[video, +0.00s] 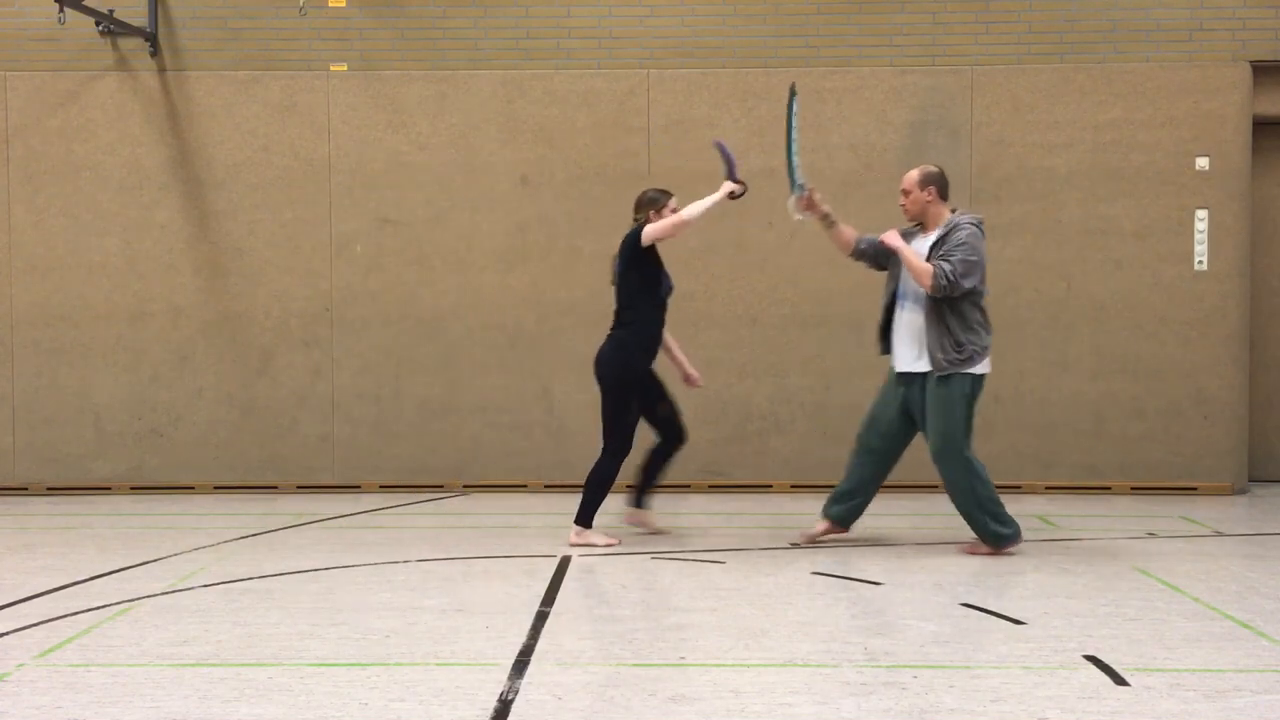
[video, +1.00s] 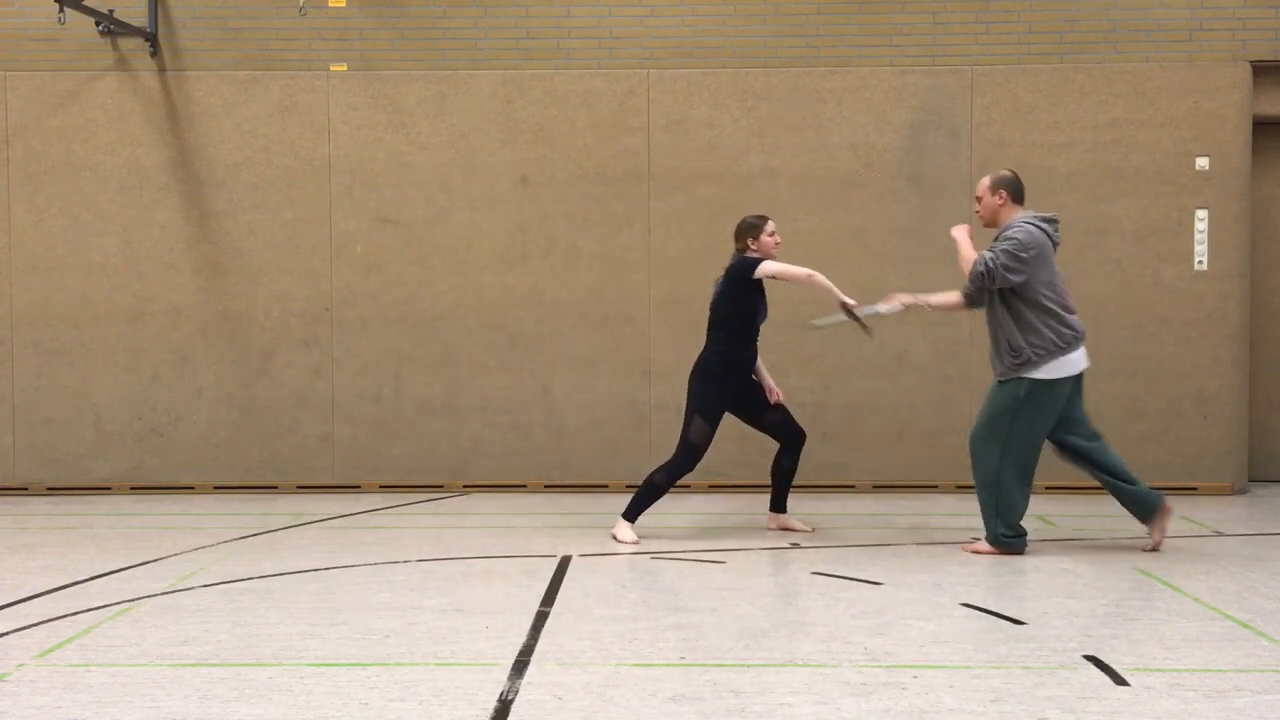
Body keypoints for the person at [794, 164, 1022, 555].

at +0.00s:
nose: (901, 201)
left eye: (906, 194)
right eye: (900, 194)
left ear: (931, 194)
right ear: (921, 196)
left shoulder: (965, 236)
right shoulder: (910, 239)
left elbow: (939, 283)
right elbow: (861, 249)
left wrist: (901, 249)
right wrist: (824, 215)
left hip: (952, 370)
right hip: (909, 370)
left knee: (950, 453)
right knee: (874, 443)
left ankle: (1001, 535)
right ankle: (838, 519)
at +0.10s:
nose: (924, 196)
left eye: (929, 188)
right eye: (924, 189)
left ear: (954, 189)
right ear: (950, 190)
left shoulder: (982, 232)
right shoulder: (939, 235)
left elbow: (940, 274)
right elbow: (893, 244)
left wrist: (914, 239)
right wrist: (855, 206)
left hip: (977, 366)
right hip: (938, 364)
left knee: (972, 453)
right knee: (910, 435)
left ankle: (1004, 539)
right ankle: (888, 520)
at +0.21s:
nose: (946, 192)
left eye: (950, 183)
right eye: (946, 184)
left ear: (974, 183)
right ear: (973, 184)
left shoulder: (996, 228)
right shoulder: (976, 227)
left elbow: (950, 272)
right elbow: (931, 255)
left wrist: (929, 233)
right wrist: (884, 228)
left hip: (998, 359)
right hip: (968, 358)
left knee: (987, 448)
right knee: (941, 436)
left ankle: (1004, 538)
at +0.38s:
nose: (977, 194)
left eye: (982, 187)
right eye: (977, 187)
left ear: (1004, 187)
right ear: (1008, 187)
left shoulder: (1020, 232)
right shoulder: (1030, 227)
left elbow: (974, 275)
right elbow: (984, 285)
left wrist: (959, 235)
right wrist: (938, 288)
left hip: (1022, 364)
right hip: (1051, 360)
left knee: (995, 446)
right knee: (1045, 438)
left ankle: (1003, 538)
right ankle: (1119, 509)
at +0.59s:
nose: (1005, 213)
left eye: (1009, 205)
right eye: (1005, 206)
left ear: (1031, 206)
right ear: (1035, 207)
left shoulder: (1048, 247)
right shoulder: (1058, 242)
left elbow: (1001, 288)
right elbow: (1025, 314)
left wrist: (990, 252)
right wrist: (977, 335)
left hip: (1064, 377)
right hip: (1090, 373)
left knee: (1000, 440)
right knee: (1101, 450)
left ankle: (1004, 538)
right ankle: (1178, 518)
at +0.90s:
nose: (991, 214)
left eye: (995, 206)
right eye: (991, 207)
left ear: (1016, 205)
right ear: (1021, 205)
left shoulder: (1033, 242)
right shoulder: (1042, 240)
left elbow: (990, 281)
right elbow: (1006, 311)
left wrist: (977, 251)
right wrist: (953, 327)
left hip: (1063, 370)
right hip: (1088, 364)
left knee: (999, 439)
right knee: (1095, 443)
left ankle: (1005, 538)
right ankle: (1173, 518)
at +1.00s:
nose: (975, 207)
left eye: (979, 199)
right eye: (975, 200)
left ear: (1001, 198)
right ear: (1004, 200)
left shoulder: (1023, 236)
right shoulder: (1016, 238)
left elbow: (978, 276)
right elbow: (971, 297)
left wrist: (961, 238)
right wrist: (914, 299)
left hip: (1039, 367)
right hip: (1058, 363)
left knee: (989, 441)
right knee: (1075, 440)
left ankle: (1005, 538)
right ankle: (1151, 507)